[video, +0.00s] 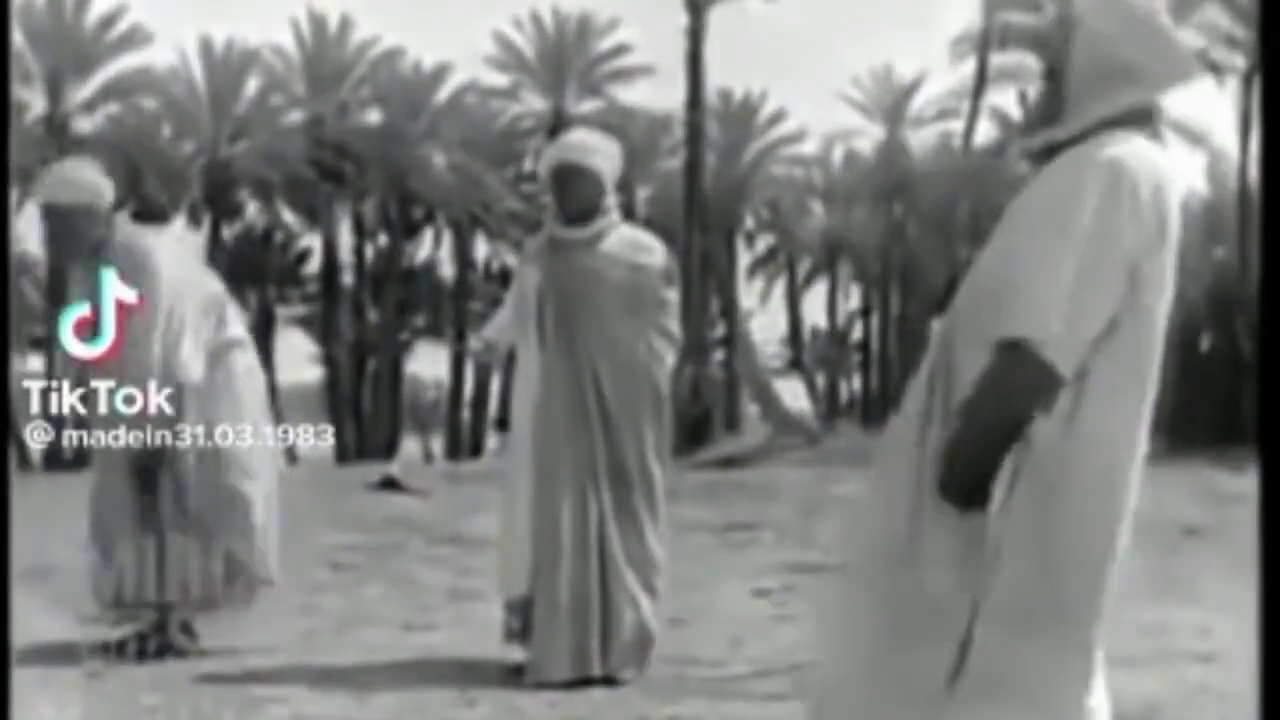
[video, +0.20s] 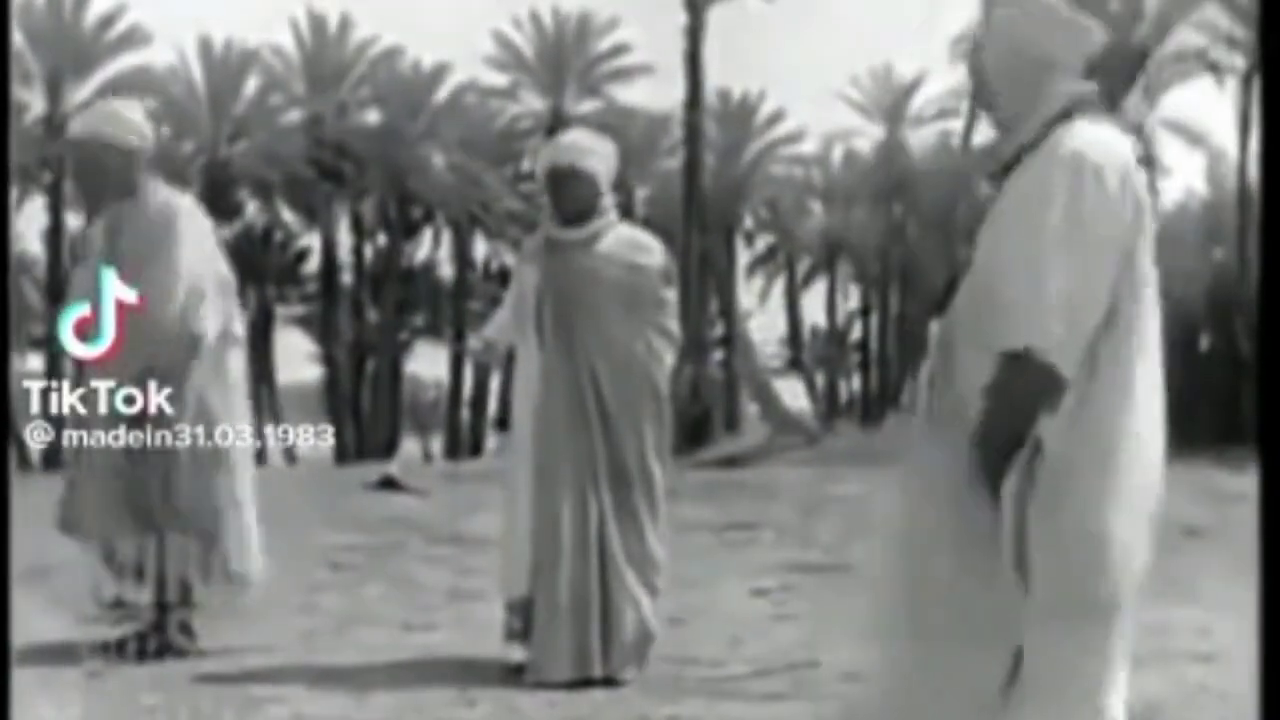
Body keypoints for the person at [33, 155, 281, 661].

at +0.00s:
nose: (56, 236)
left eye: (64, 223)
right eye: (52, 223)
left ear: (93, 219)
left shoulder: (157, 264)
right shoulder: (93, 260)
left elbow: (172, 359)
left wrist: (154, 435)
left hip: (211, 374)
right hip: (159, 372)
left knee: (175, 485)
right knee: (142, 478)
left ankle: (172, 617)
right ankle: (158, 612)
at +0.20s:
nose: (76, 176)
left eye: (87, 162)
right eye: (75, 162)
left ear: (120, 162)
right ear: (113, 165)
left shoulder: (173, 220)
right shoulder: (104, 229)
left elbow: (181, 317)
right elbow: (92, 310)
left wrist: (158, 385)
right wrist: (96, 369)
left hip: (183, 383)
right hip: (135, 381)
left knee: (177, 495)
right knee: (147, 494)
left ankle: (175, 616)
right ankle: (162, 610)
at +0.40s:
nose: (108, 161)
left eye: (115, 145)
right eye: (105, 148)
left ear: (150, 141)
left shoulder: (194, 207)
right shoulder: (133, 215)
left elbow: (202, 305)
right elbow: (112, 295)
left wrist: (128, 349)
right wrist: (92, 340)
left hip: (187, 376)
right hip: (143, 374)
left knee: (174, 490)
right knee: (145, 487)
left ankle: (171, 615)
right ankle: (159, 606)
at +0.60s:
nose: (127, 155)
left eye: (137, 141)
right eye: (127, 142)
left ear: (167, 143)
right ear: (137, 149)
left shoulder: (207, 209)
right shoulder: (136, 218)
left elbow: (199, 300)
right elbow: (109, 288)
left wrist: (126, 335)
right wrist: (98, 332)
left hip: (193, 365)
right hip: (146, 366)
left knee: (174, 481)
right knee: (140, 481)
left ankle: (173, 614)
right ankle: (159, 603)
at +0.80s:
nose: (122, 175)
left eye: (128, 162)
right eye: (120, 163)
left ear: (156, 160)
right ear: (157, 160)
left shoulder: (208, 222)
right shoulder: (149, 228)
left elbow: (222, 319)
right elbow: (151, 316)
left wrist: (154, 362)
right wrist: (125, 360)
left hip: (209, 379)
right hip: (165, 380)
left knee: (188, 501)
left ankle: (183, 624)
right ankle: (172, 608)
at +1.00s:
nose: (80, 261)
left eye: (82, 249)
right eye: (72, 252)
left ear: (105, 237)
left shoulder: (175, 266)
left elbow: (220, 349)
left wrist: (179, 396)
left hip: (202, 410)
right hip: (158, 408)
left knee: (184, 510)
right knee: (153, 511)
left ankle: (185, 623)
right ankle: (168, 620)